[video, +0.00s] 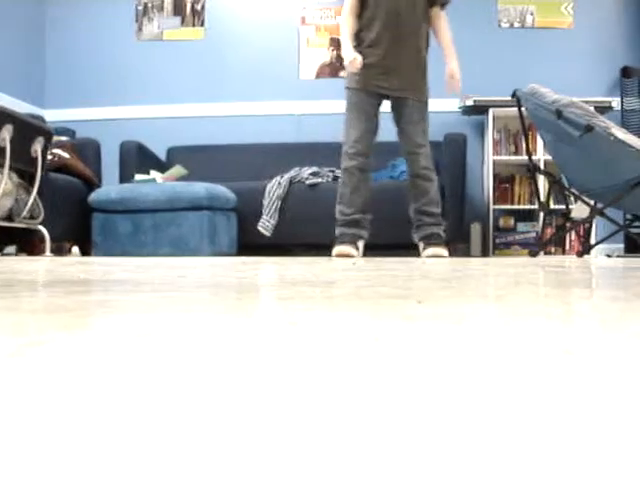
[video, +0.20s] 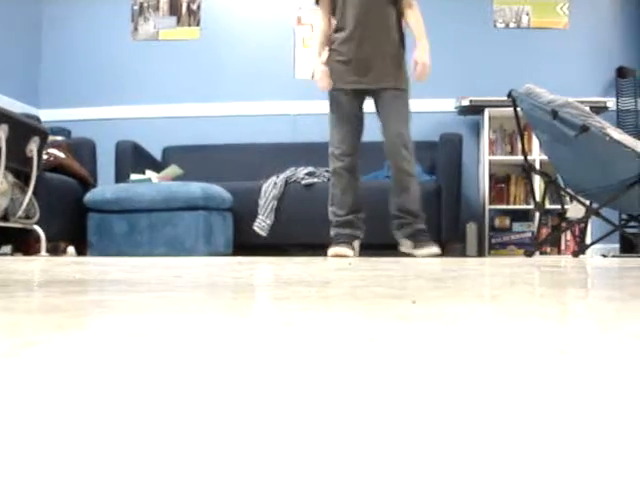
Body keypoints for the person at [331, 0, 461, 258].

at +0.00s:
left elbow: (437, 15)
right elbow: (349, 12)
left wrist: (451, 62)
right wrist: (348, 51)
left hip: (410, 72)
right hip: (365, 69)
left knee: (419, 157)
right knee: (355, 154)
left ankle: (431, 238)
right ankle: (348, 238)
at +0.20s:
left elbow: (409, 7)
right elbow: (324, 16)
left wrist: (422, 46)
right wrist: (319, 60)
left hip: (389, 67)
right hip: (344, 68)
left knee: (401, 151)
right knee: (342, 156)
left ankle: (412, 234)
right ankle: (344, 237)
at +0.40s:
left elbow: (398, 3)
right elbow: (307, 23)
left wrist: (414, 36)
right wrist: (285, 63)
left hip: (374, 61)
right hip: (330, 63)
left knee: (372, 147)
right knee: (331, 154)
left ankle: (384, 235)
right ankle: (337, 236)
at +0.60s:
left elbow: (397, 2)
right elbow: (300, 21)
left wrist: (410, 27)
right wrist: (268, 63)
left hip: (372, 57)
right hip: (327, 61)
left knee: (377, 128)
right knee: (331, 154)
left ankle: (400, 223)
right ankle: (337, 236)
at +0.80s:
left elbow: (400, 3)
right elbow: (310, 8)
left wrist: (382, 25)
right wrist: (297, 39)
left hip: (380, 56)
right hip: (332, 59)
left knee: (401, 146)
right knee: (334, 155)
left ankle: (414, 233)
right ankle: (337, 237)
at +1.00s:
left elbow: (422, 2)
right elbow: (321, 7)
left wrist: (387, 26)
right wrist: (353, 24)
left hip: (395, 56)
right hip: (346, 57)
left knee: (402, 152)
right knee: (342, 154)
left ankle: (412, 237)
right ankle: (337, 238)